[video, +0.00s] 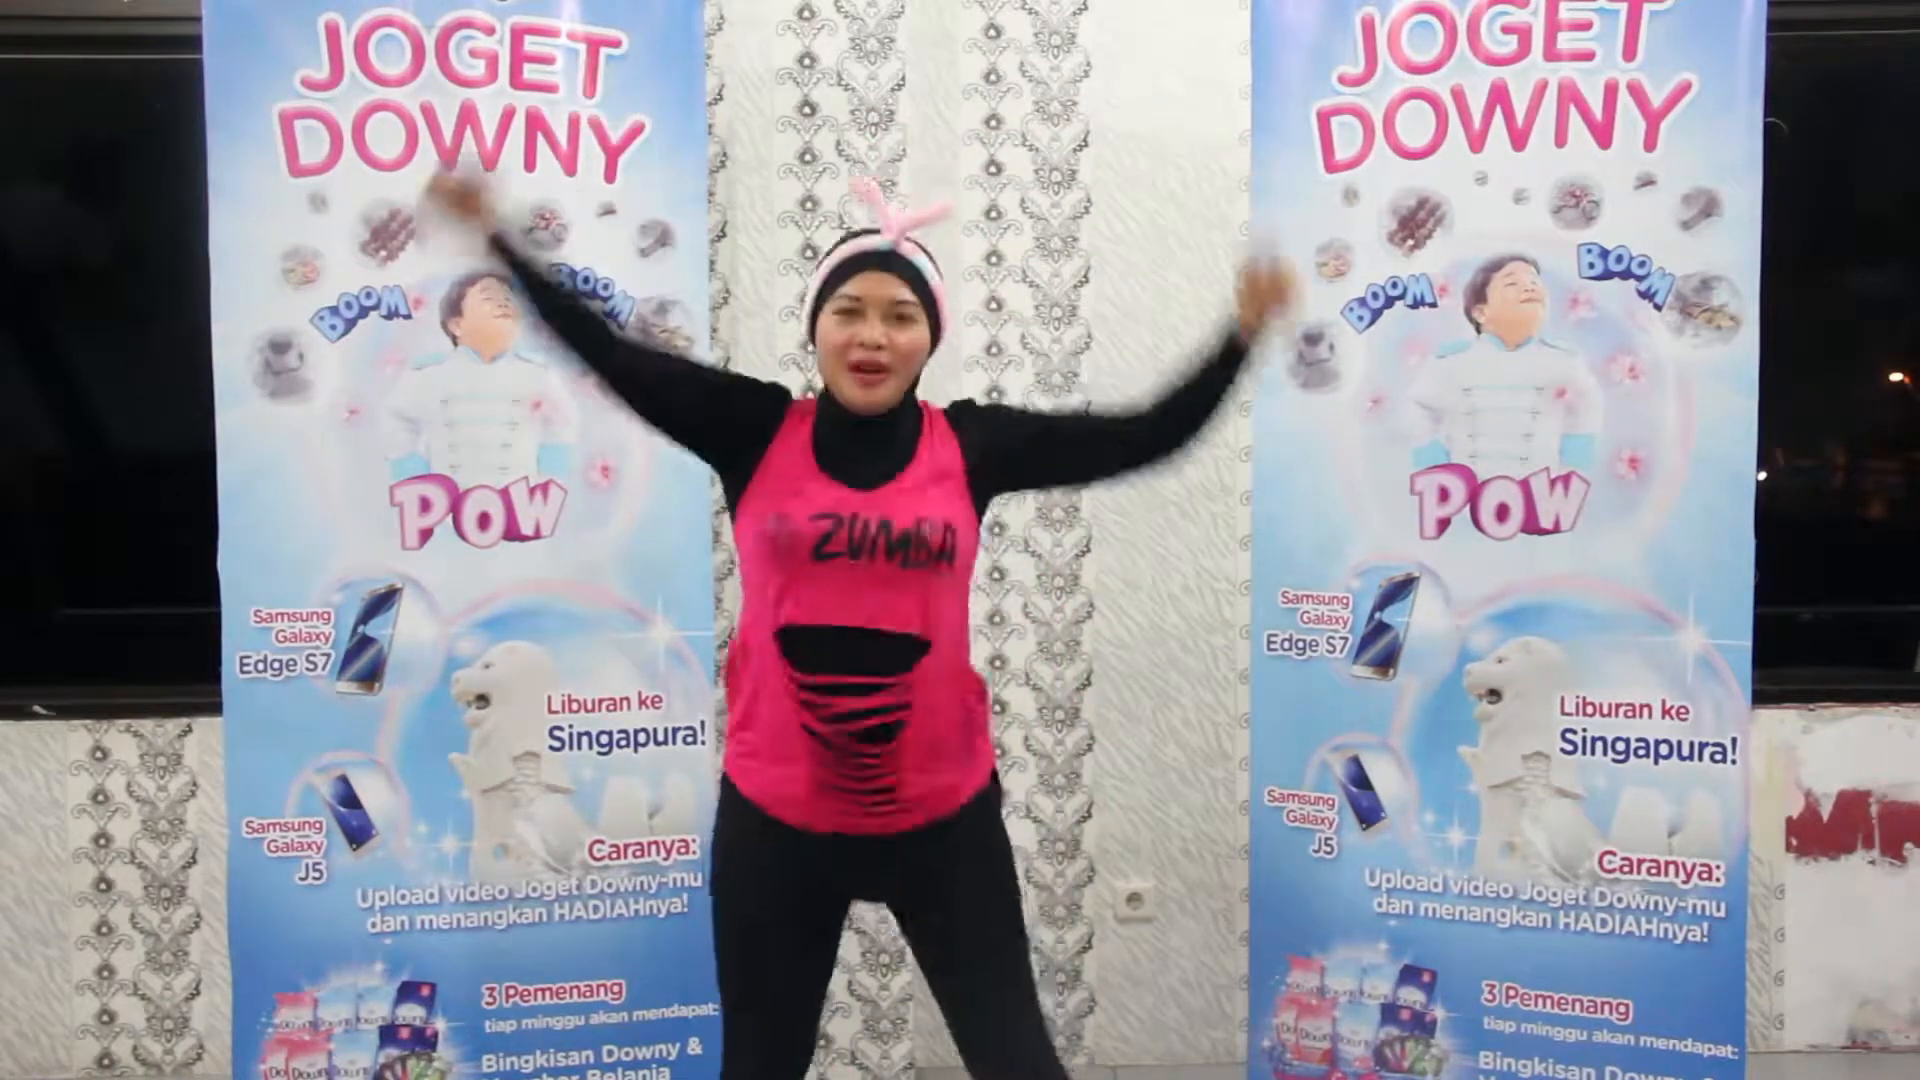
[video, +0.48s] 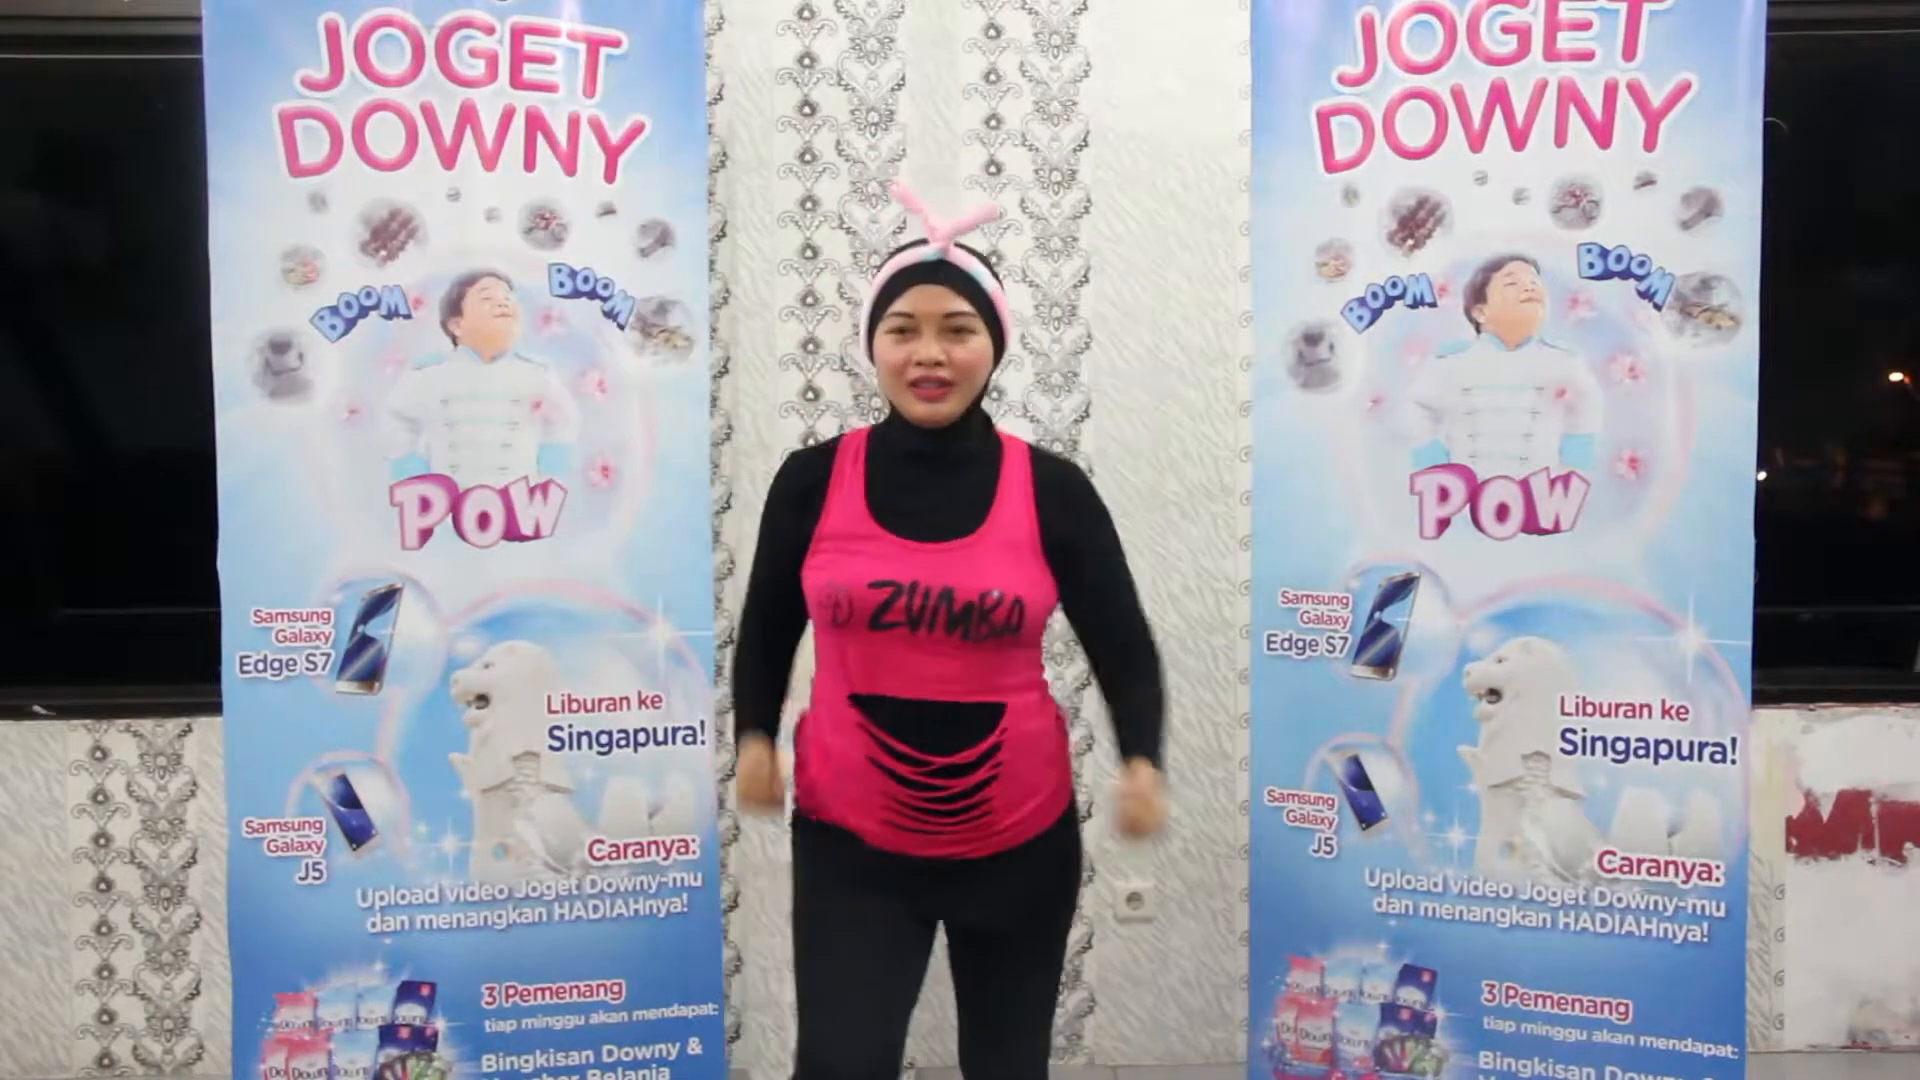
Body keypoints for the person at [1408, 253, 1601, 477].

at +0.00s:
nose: (1528, 286)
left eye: (1534, 281)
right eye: (1510, 283)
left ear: (1545, 299)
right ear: (1479, 311)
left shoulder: (1564, 364)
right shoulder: (1446, 365)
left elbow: (1583, 422)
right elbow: (1415, 415)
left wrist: (1567, 482)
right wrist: (1436, 475)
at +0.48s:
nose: (1528, 286)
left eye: (1534, 281)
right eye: (1510, 282)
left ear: (1545, 300)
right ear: (1479, 311)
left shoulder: (1564, 364)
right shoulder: (1446, 366)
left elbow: (1583, 424)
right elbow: (1415, 416)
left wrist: (1567, 482)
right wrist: (1435, 476)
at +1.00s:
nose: (1529, 287)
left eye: (1534, 281)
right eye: (1511, 283)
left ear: (1545, 299)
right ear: (1479, 311)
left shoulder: (1565, 364)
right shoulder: (1447, 367)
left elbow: (1585, 426)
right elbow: (1413, 415)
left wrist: (1567, 483)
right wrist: (1435, 473)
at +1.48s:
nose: (1529, 287)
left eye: (1534, 281)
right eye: (1510, 282)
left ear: (1545, 300)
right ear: (1479, 311)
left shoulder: (1565, 365)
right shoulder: (1445, 367)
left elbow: (1583, 437)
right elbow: (1417, 425)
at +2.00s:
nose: (1529, 287)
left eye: (1534, 281)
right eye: (1510, 283)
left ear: (1544, 301)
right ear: (1478, 311)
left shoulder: (1565, 365)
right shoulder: (1446, 367)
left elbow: (1582, 436)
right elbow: (1414, 421)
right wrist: (1435, 477)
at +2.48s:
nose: (1529, 287)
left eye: (1534, 281)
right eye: (1511, 283)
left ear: (1545, 299)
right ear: (1479, 311)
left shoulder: (1565, 365)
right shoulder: (1446, 368)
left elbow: (1583, 435)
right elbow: (1414, 422)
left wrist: (1564, 493)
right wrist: (1436, 478)